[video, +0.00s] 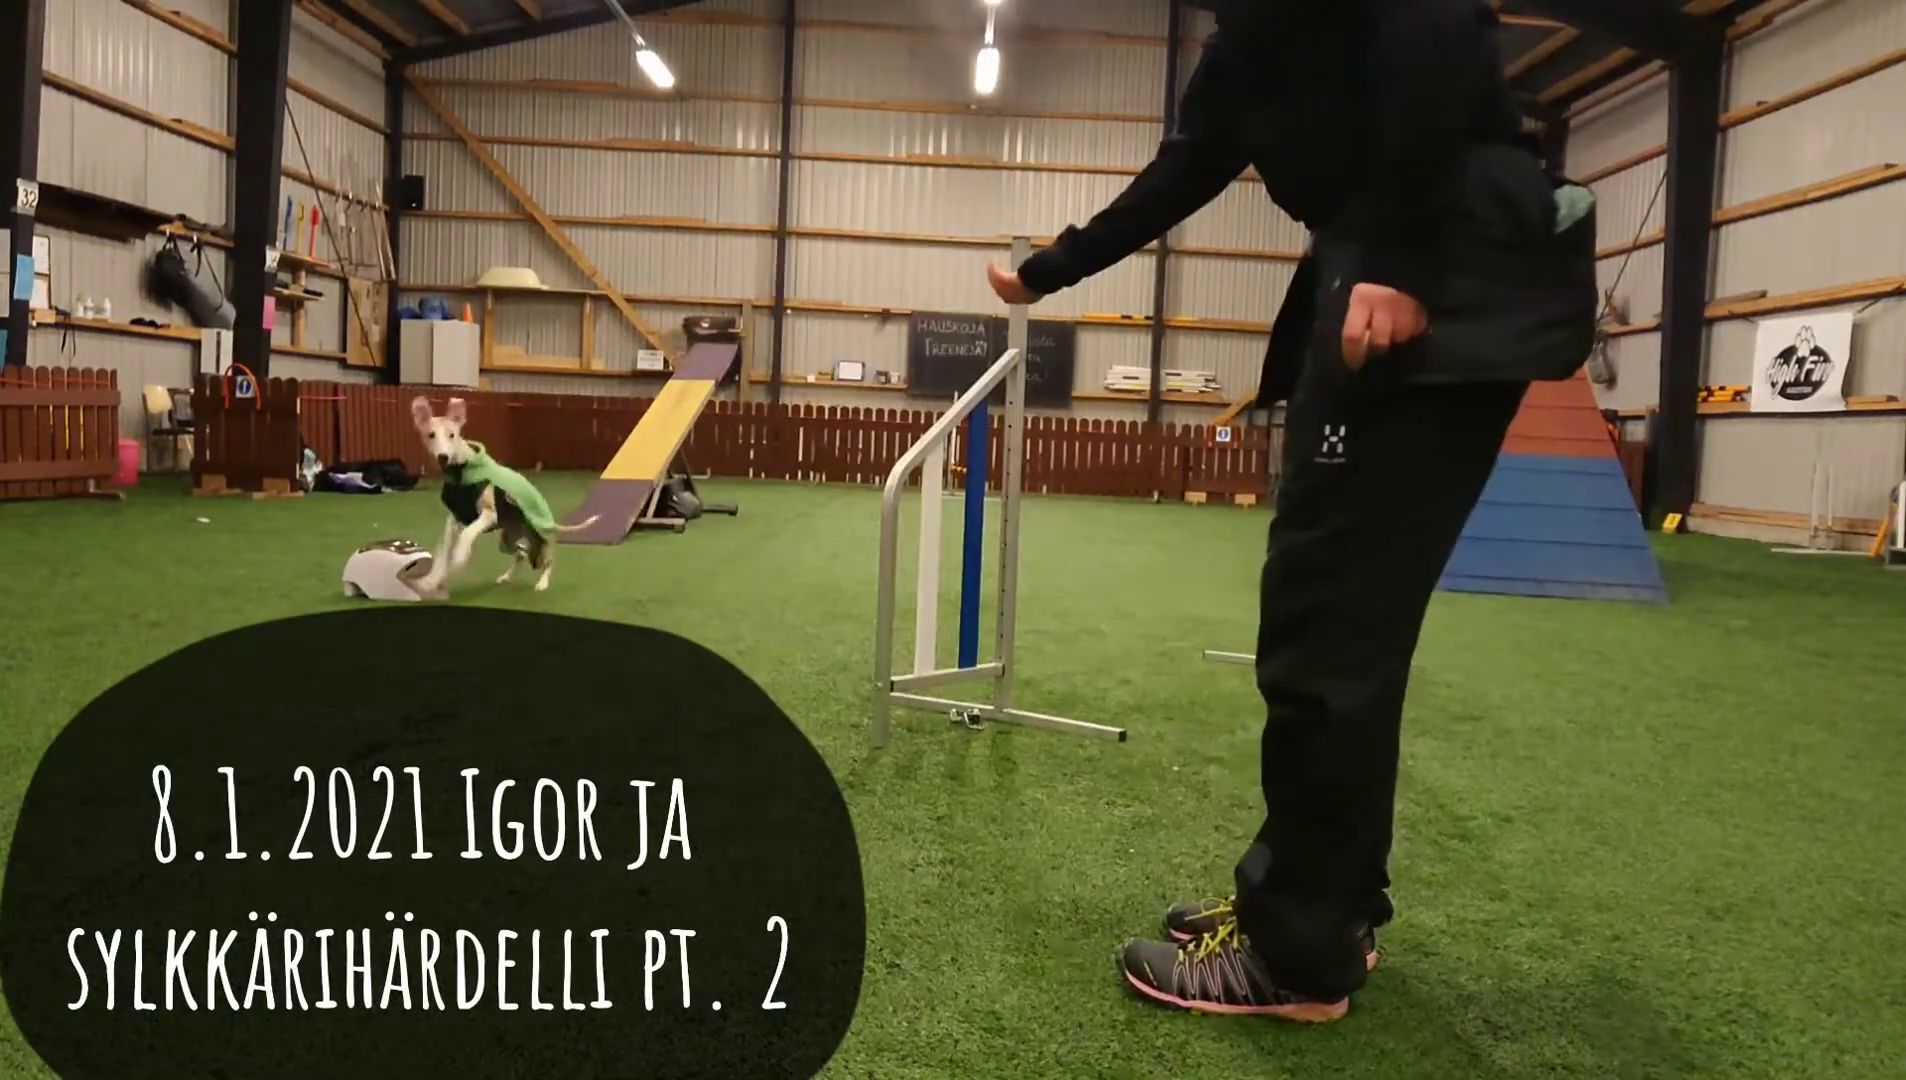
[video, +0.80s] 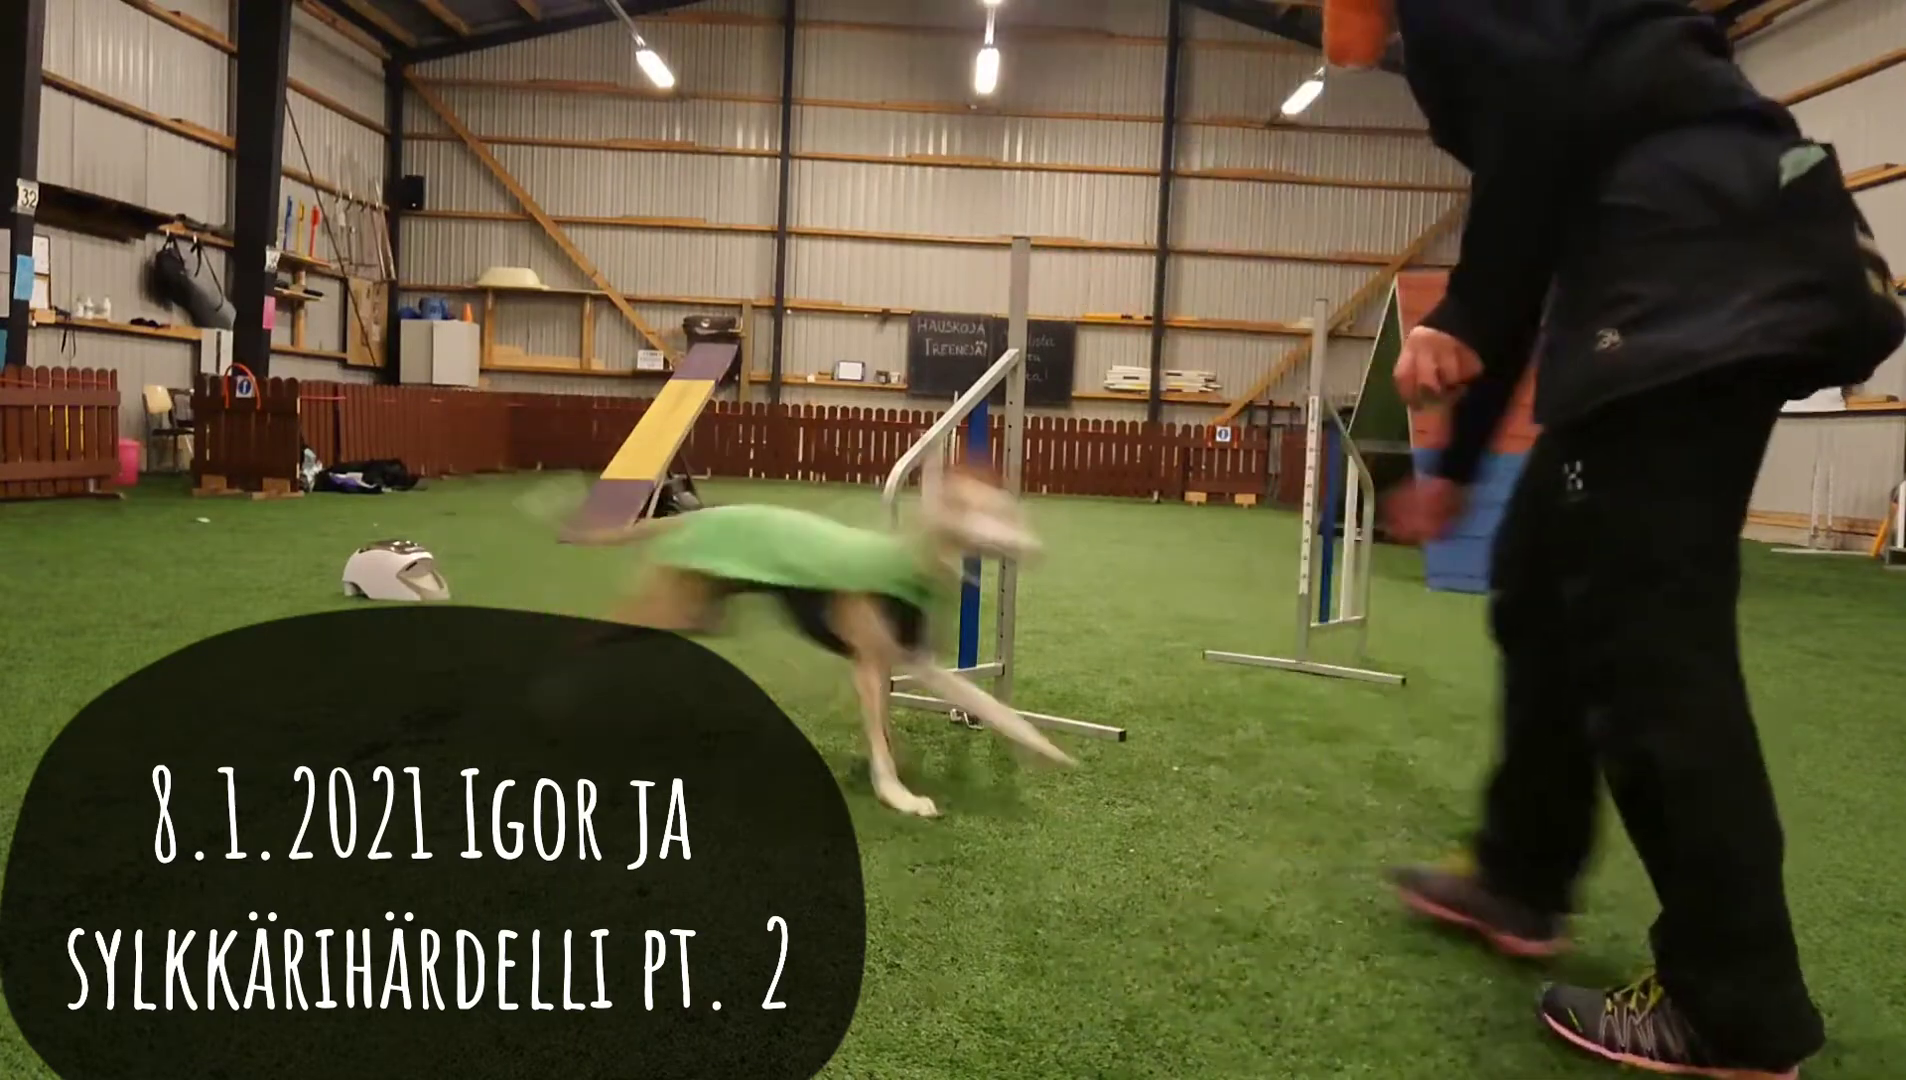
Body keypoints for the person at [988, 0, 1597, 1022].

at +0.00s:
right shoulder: (1249, 41)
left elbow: (1443, 59)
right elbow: (1187, 169)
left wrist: (1397, 259)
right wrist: (1047, 269)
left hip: (1438, 294)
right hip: (1385, 300)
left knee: (1326, 621)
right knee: (1334, 618)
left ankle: (1302, 956)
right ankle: (1329, 908)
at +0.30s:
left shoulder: (1420, 9)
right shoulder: (1294, 45)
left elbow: (1464, 83)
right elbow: (1227, 174)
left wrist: (1390, 260)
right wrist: (1087, 272)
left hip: (1505, 270)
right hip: (1442, 274)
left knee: (1350, 581)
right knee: (1328, 575)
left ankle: (1384, 945)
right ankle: (1322, 897)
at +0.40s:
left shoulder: (1430, 12)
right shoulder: (1333, 48)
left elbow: (1473, 83)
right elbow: (1273, 183)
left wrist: (1397, 258)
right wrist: (1140, 282)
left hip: (1535, 271)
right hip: (1447, 282)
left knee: (1393, 606)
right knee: (1356, 606)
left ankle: (1551, 939)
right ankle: (1328, 901)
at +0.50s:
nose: (1287, 15)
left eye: (1284, 10)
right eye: (1280, 17)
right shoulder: (1388, 34)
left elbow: (1500, 95)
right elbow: (1344, 182)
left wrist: (1401, 274)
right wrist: (1201, 308)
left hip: (1576, 275)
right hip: (1498, 290)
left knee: (1464, 615)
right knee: (1391, 604)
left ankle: (1702, 965)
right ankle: (1328, 900)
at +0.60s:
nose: (1276, 21)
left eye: (1267, 8)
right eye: (1269, 18)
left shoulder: (1437, 8)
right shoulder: (1418, 31)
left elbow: (1508, 115)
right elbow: (1406, 217)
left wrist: (1415, 304)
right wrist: (1263, 365)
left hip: (1631, 310)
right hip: (1567, 317)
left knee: (1599, 677)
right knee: (1444, 607)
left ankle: (1733, 1014)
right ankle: (1338, 885)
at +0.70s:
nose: (1314, 38)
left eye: (1300, 15)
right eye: (1300, 29)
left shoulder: (1441, 14)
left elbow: (1522, 118)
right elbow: (1492, 242)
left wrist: (1439, 323)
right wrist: (1346, 430)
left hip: (1667, 290)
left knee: (1623, 649)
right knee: (1499, 600)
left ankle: (1735, 1016)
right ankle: (1407, 876)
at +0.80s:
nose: (1329, 47)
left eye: (1314, 22)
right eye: (1314, 33)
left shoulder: (1447, 15)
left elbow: (1537, 128)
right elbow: (1549, 188)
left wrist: (1471, 325)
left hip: (1691, 269)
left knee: (1654, 628)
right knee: (1547, 585)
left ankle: (1739, 1011)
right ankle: (1520, 886)